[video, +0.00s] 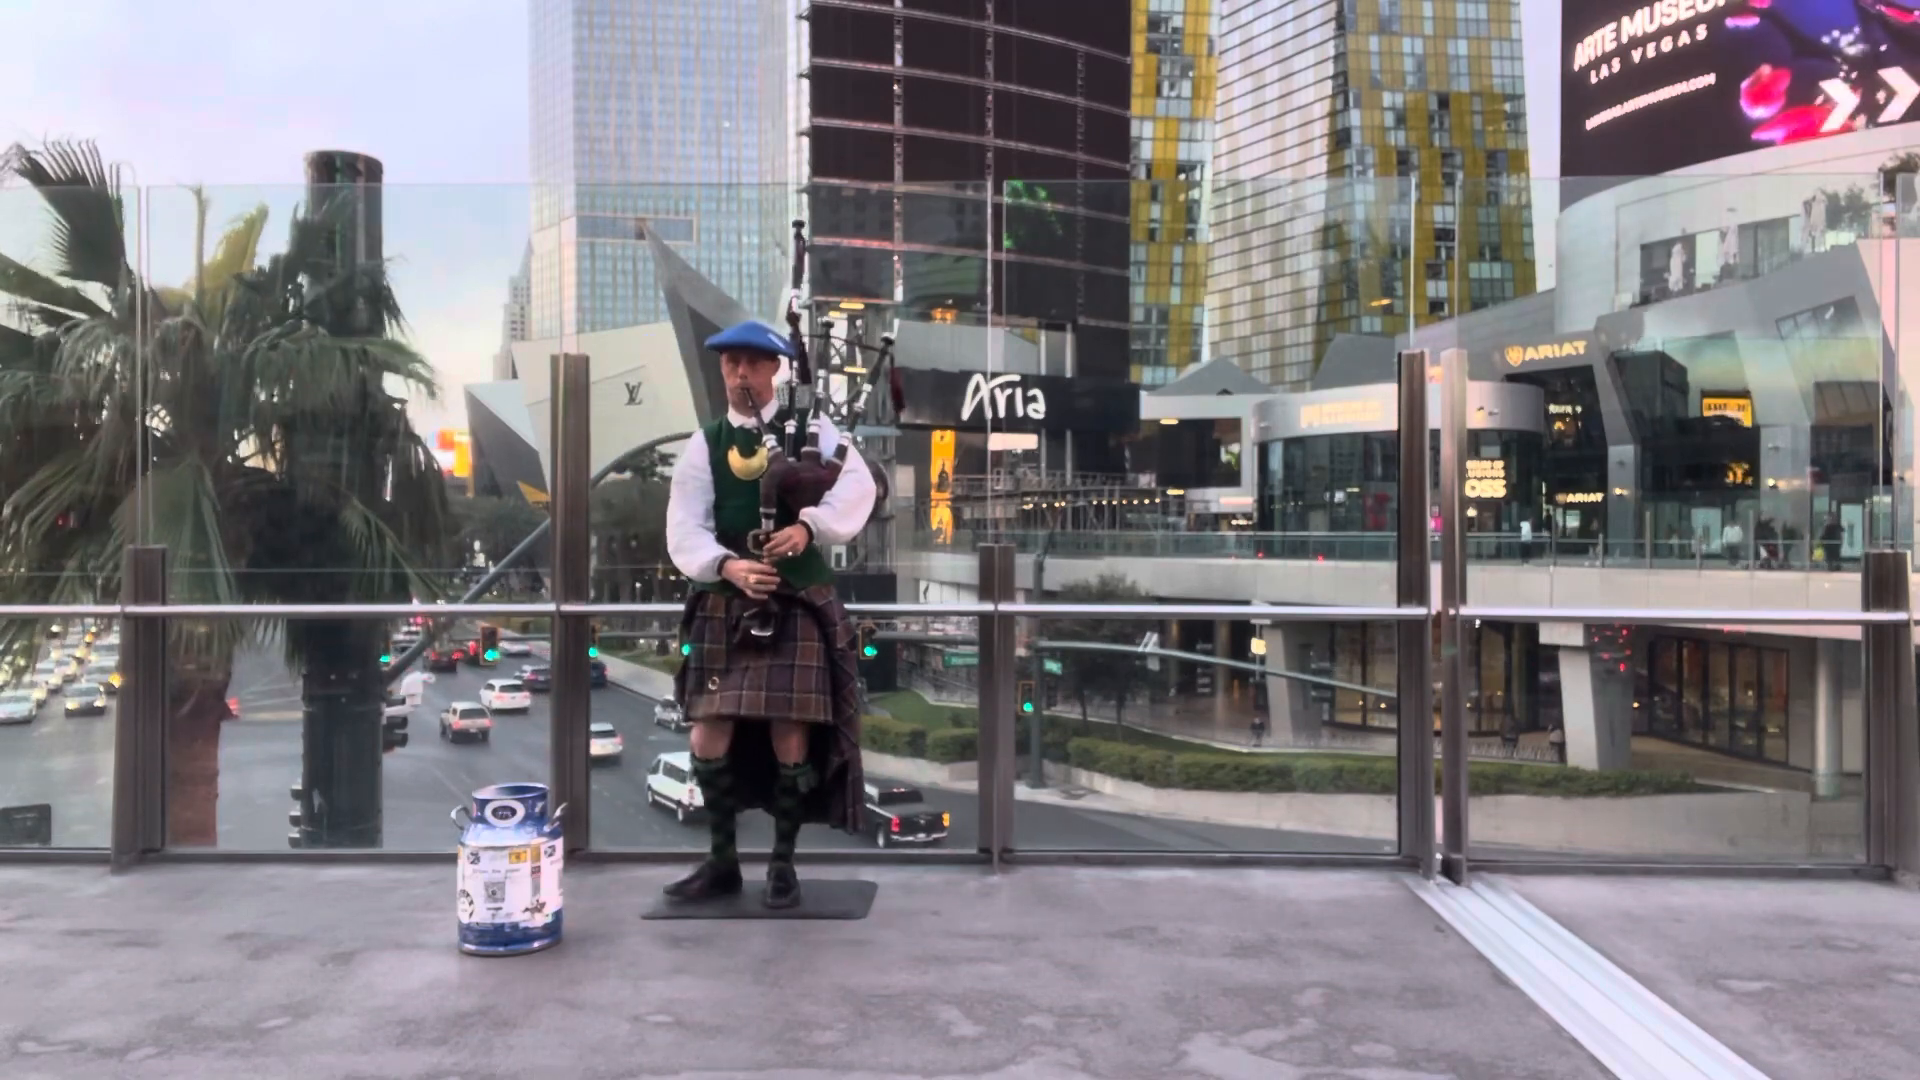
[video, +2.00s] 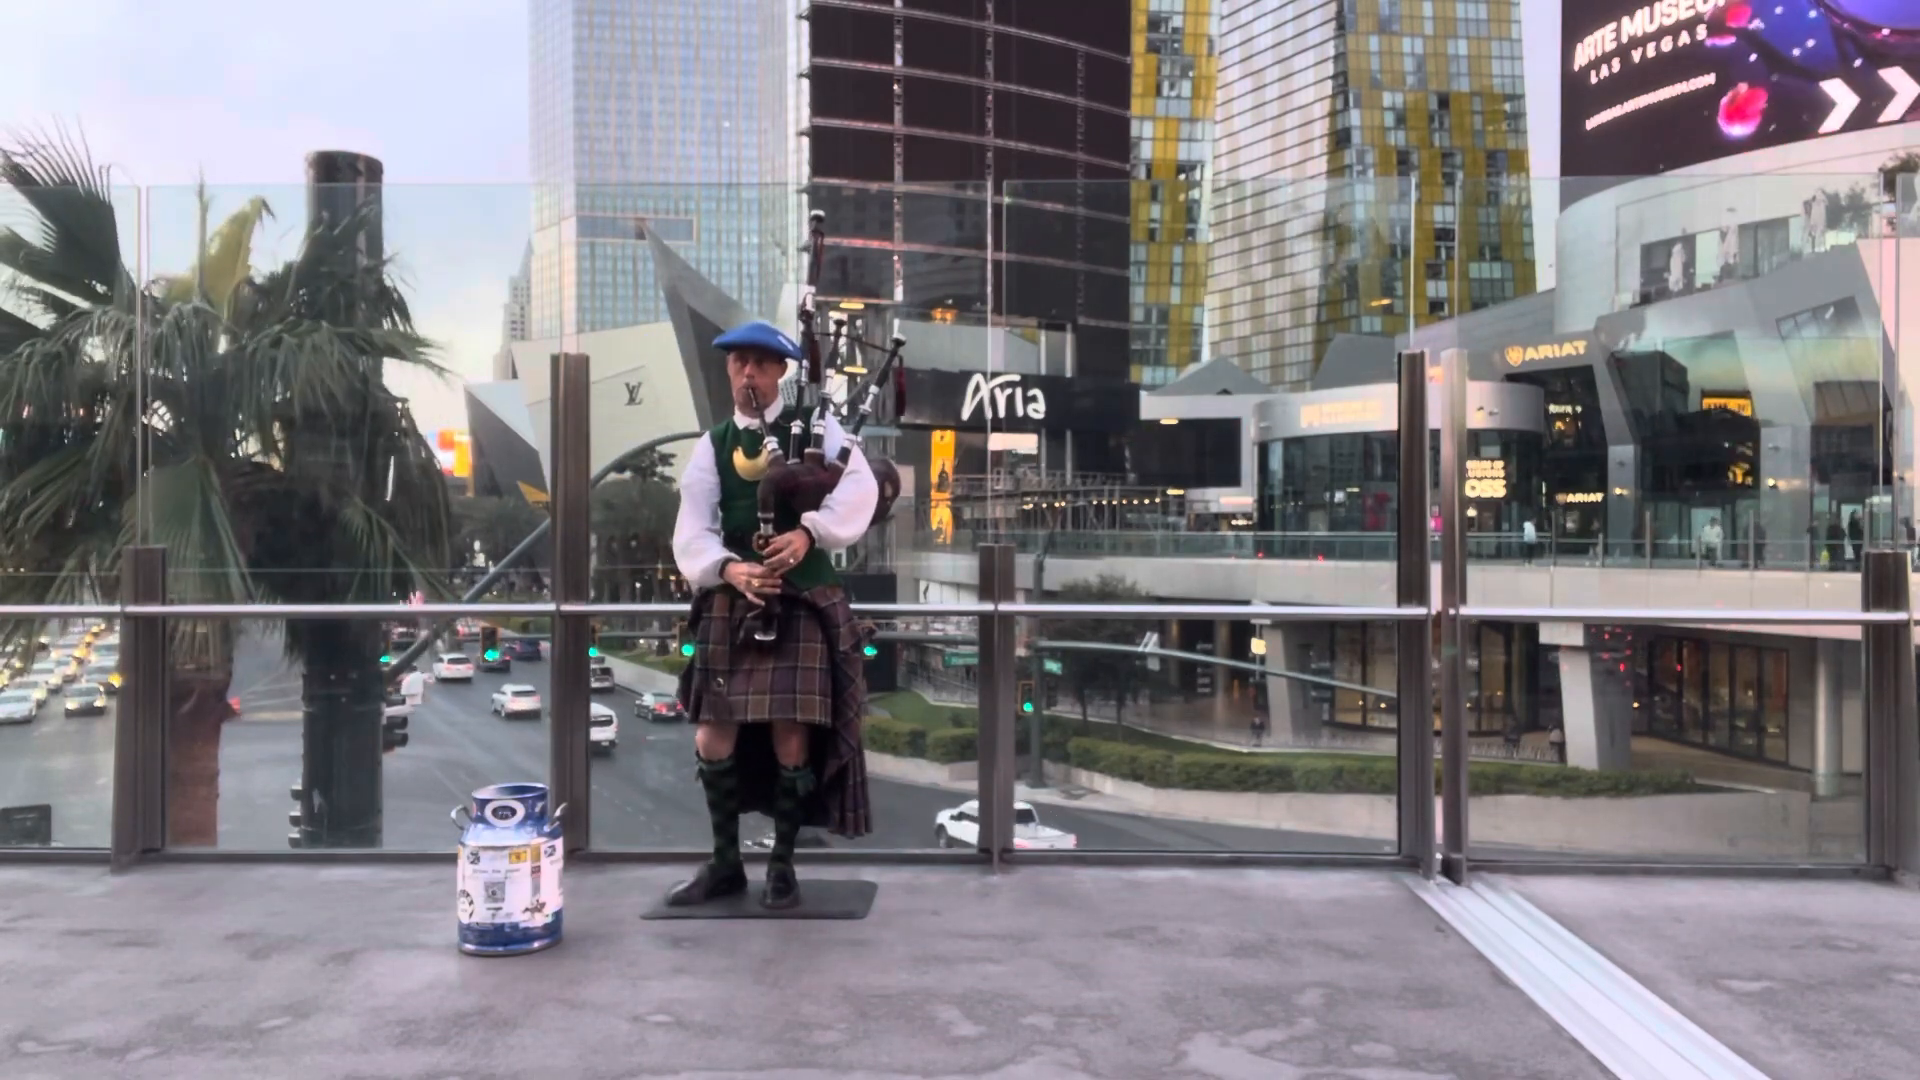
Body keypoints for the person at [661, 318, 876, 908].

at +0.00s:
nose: (742, 374)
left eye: (755, 362)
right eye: (733, 362)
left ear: (780, 370)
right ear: (721, 371)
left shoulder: (814, 430)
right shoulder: (704, 444)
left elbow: (860, 485)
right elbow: (684, 531)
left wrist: (811, 526)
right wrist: (726, 565)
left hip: (798, 597)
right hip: (725, 596)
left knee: (788, 728)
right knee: (708, 729)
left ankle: (781, 863)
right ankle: (722, 861)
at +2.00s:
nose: (747, 374)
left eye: (760, 363)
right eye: (739, 362)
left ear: (784, 371)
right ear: (727, 371)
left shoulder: (819, 428)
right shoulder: (712, 445)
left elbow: (861, 487)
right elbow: (691, 530)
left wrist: (811, 532)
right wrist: (727, 567)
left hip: (802, 596)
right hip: (730, 594)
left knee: (789, 728)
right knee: (713, 730)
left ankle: (781, 863)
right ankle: (725, 862)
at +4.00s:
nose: (747, 375)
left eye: (759, 363)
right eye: (738, 363)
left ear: (784, 371)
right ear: (726, 372)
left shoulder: (819, 427)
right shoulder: (714, 445)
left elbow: (863, 489)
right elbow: (695, 534)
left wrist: (814, 534)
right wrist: (728, 572)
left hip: (804, 599)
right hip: (732, 597)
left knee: (790, 734)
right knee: (715, 737)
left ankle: (781, 866)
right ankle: (730, 861)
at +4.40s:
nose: (745, 376)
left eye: (757, 365)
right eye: (737, 365)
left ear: (780, 372)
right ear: (724, 373)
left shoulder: (819, 429)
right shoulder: (713, 446)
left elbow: (862, 492)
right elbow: (695, 534)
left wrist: (812, 535)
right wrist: (729, 572)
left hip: (804, 600)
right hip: (732, 599)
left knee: (790, 735)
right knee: (709, 737)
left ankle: (781, 865)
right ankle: (729, 861)